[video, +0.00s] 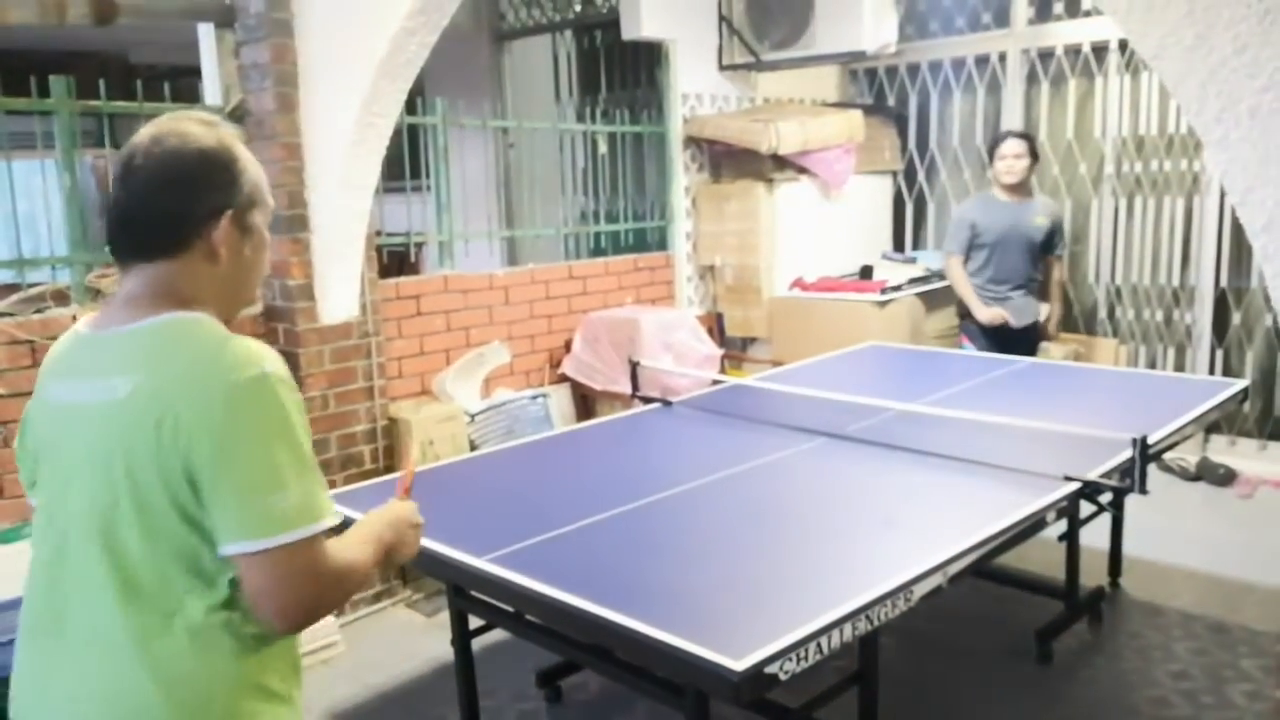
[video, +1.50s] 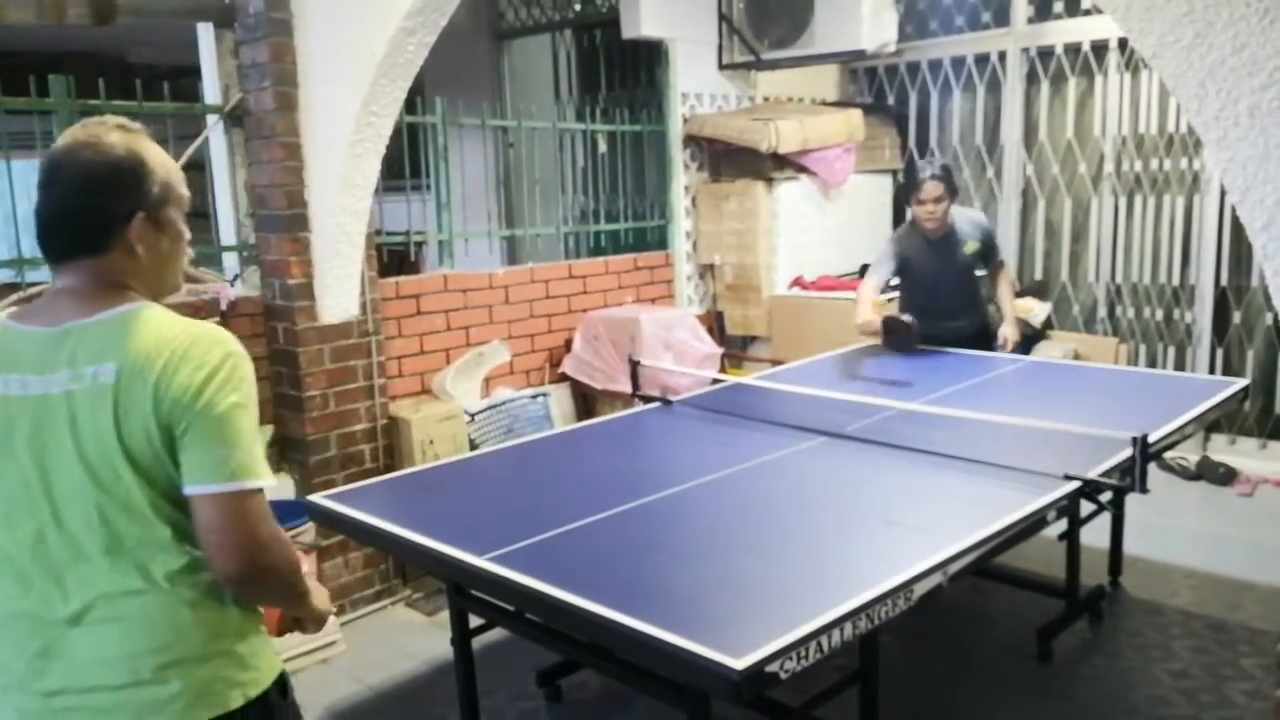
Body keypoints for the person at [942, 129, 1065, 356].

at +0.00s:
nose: (1009, 164)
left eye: (1018, 157)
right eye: (1002, 157)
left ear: (1032, 163)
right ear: (992, 164)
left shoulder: (1048, 211)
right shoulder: (969, 210)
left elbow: (1054, 264)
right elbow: (953, 263)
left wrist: (1054, 312)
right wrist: (980, 310)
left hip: (1027, 313)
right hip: (983, 311)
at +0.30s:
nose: (1016, 164)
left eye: (1025, 156)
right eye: (1008, 157)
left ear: (1038, 162)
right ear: (998, 162)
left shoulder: (1053, 211)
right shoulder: (976, 207)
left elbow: (1061, 265)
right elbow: (952, 256)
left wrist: (1065, 318)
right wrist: (972, 292)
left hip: (1030, 321)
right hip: (986, 318)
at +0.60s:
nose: (1008, 163)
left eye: (1017, 155)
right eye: (1000, 155)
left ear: (1031, 160)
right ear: (990, 162)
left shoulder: (1048, 209)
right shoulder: (969, 206)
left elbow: (1058, 256)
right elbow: (944, 253)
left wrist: (1044, 293)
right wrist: (959, 280)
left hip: (1023, 320)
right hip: (976, 317)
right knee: (979, 385)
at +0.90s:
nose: (992, 172)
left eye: (1001, 165)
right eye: (984, 166)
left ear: (1016, 169)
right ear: (975, 171)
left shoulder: (1037, 214)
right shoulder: (954, 216)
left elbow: (1050, 260)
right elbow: (929, 261)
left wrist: (1030, 289)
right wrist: (932, 283)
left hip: (1014, 312)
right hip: (968, 309)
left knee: (1012, 378)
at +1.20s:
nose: (958, 196)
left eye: (967, 187)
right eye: (951, 188)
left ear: (981, 190)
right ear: (941, 192)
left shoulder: (1003, 233)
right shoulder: (922, 238)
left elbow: (1026, 273)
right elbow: (889, 278)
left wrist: (1017, 306)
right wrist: (888, 305)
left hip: (991, 348)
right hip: (939, 349)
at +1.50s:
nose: (930, 210)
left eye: (938, 201)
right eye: (921, 203)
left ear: (951, 200)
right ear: (909, 204)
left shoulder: (975, 227)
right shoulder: (900, 242)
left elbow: (998, 270)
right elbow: (871, 283)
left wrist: (1009, 321)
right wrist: (866, 318)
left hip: (974, 341)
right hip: (923, 344)